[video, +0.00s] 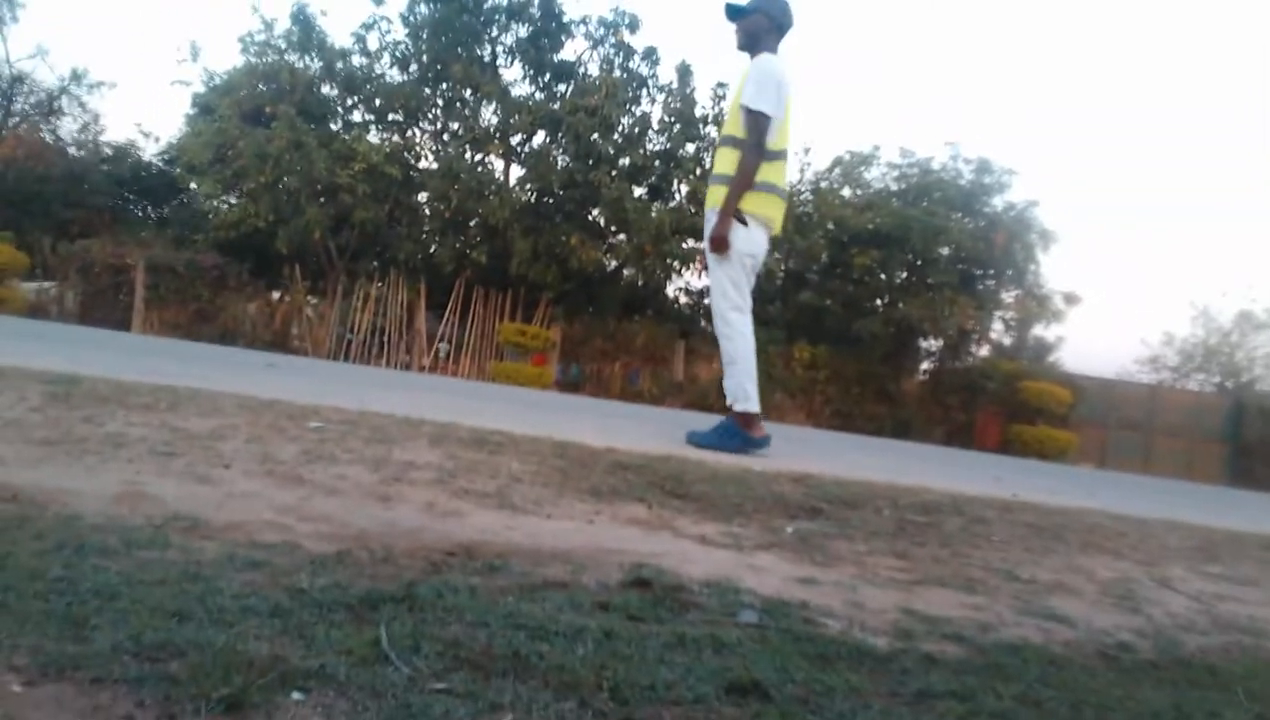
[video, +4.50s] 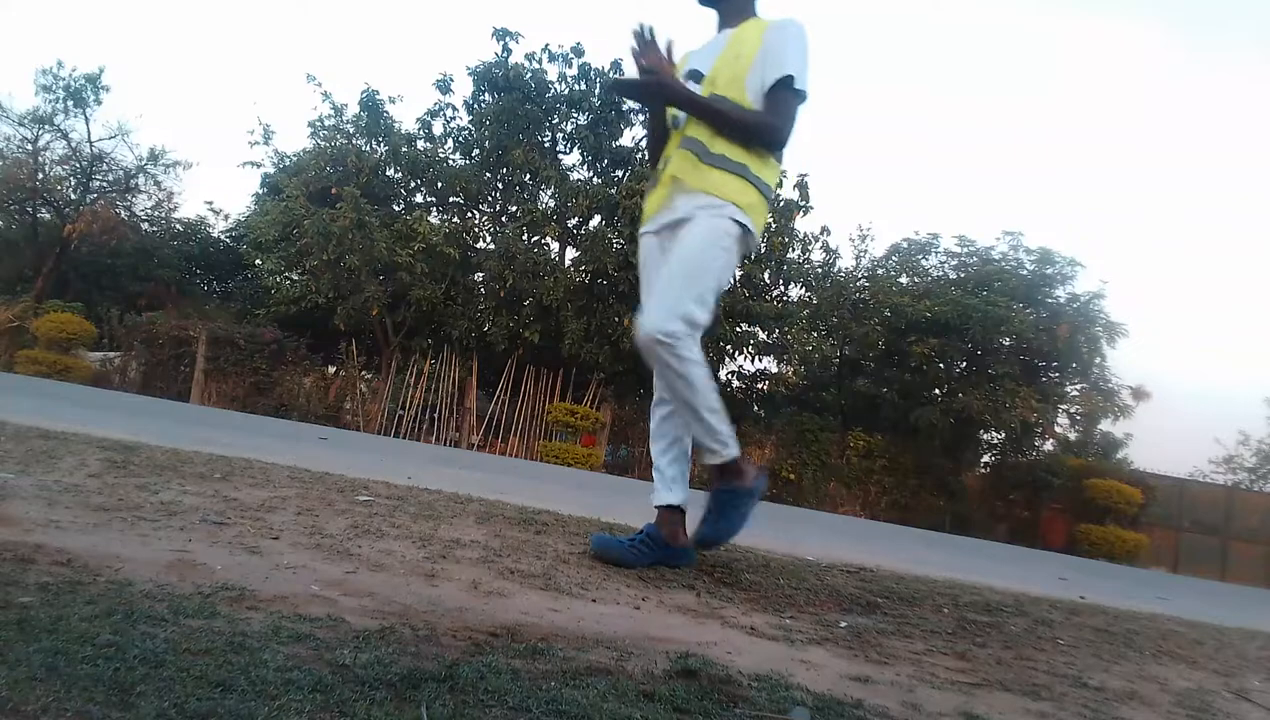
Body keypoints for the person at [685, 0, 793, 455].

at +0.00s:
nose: (736, 26)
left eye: (743, 18)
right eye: (737, 19)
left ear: (767, 23)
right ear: (767, 26)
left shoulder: (765, 69)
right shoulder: (761, 72)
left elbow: (755, 148)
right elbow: (743, 154)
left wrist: (725, 217)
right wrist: (715, 231)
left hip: (740, 220)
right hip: (738, 220)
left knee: (732, 316)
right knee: (731, 316)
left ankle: (746, 419)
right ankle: (742, 416)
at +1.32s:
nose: (813, 56)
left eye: (823, 48)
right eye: (815, 48)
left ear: (847, 56)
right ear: (836, 57)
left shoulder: (853, 106)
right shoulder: (828, 111)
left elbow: (847, 184)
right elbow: (818, 187)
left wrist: (815, 251)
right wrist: (790, 243)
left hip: (818, 254)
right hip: (788, 249)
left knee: (806, 354)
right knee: (754, 340)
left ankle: (798, 459)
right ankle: (712, 434)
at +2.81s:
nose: (781, 59)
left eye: (793, 51)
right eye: (783, 52)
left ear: (821, 61)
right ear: (790, 64)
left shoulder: (853, 120)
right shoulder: (768, 137)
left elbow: (859, 200)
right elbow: (754, 215)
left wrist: (841, 269)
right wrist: (737, 277)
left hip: (817, 274)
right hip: (764, 274)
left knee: (795, 371)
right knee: (765, 385)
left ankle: (808, 484)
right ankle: (764, 503)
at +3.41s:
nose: (789, 34)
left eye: (801, 25)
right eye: (790, 27)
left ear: (833, 35)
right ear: (809, 40)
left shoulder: (862, 100)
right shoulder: (777, 115)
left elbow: (853, 196)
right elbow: (760, 189)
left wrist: (775, 209)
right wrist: (746, 205)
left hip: (815, 265)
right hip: (759, 263)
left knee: (790, 387)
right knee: (746, 383)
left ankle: (760, 519)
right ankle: (771, 506)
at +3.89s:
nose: (785, 4)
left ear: (834, 7)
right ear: (799, 12)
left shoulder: (856, 70)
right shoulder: (771, 84)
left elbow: (839, 170)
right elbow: (743, 184)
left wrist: (749, 150)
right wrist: (729, 151)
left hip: (801, 249)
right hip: (741, 246)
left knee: (785, 383)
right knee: (712, 365)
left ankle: (758, 522)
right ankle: (681, 503)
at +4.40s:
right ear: (730, 5)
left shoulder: (795, 43)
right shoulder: (709, 65)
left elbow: (785, 140)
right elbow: (673, 169)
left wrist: (686, 107)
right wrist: (680, 105)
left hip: (736, 222)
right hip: (674, 224)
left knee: (703, 355)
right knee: (674, 377)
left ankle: (754, 485)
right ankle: (669, 528)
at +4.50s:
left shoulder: (780, 32)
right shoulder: (692, 59)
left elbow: (774, 131)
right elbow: (665, 162)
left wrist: (675, 90)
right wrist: (655, 98)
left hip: (721, 205)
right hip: (663, 211)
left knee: (662, 328)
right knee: (667, 360)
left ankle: (732, 471)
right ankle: (669, 525)